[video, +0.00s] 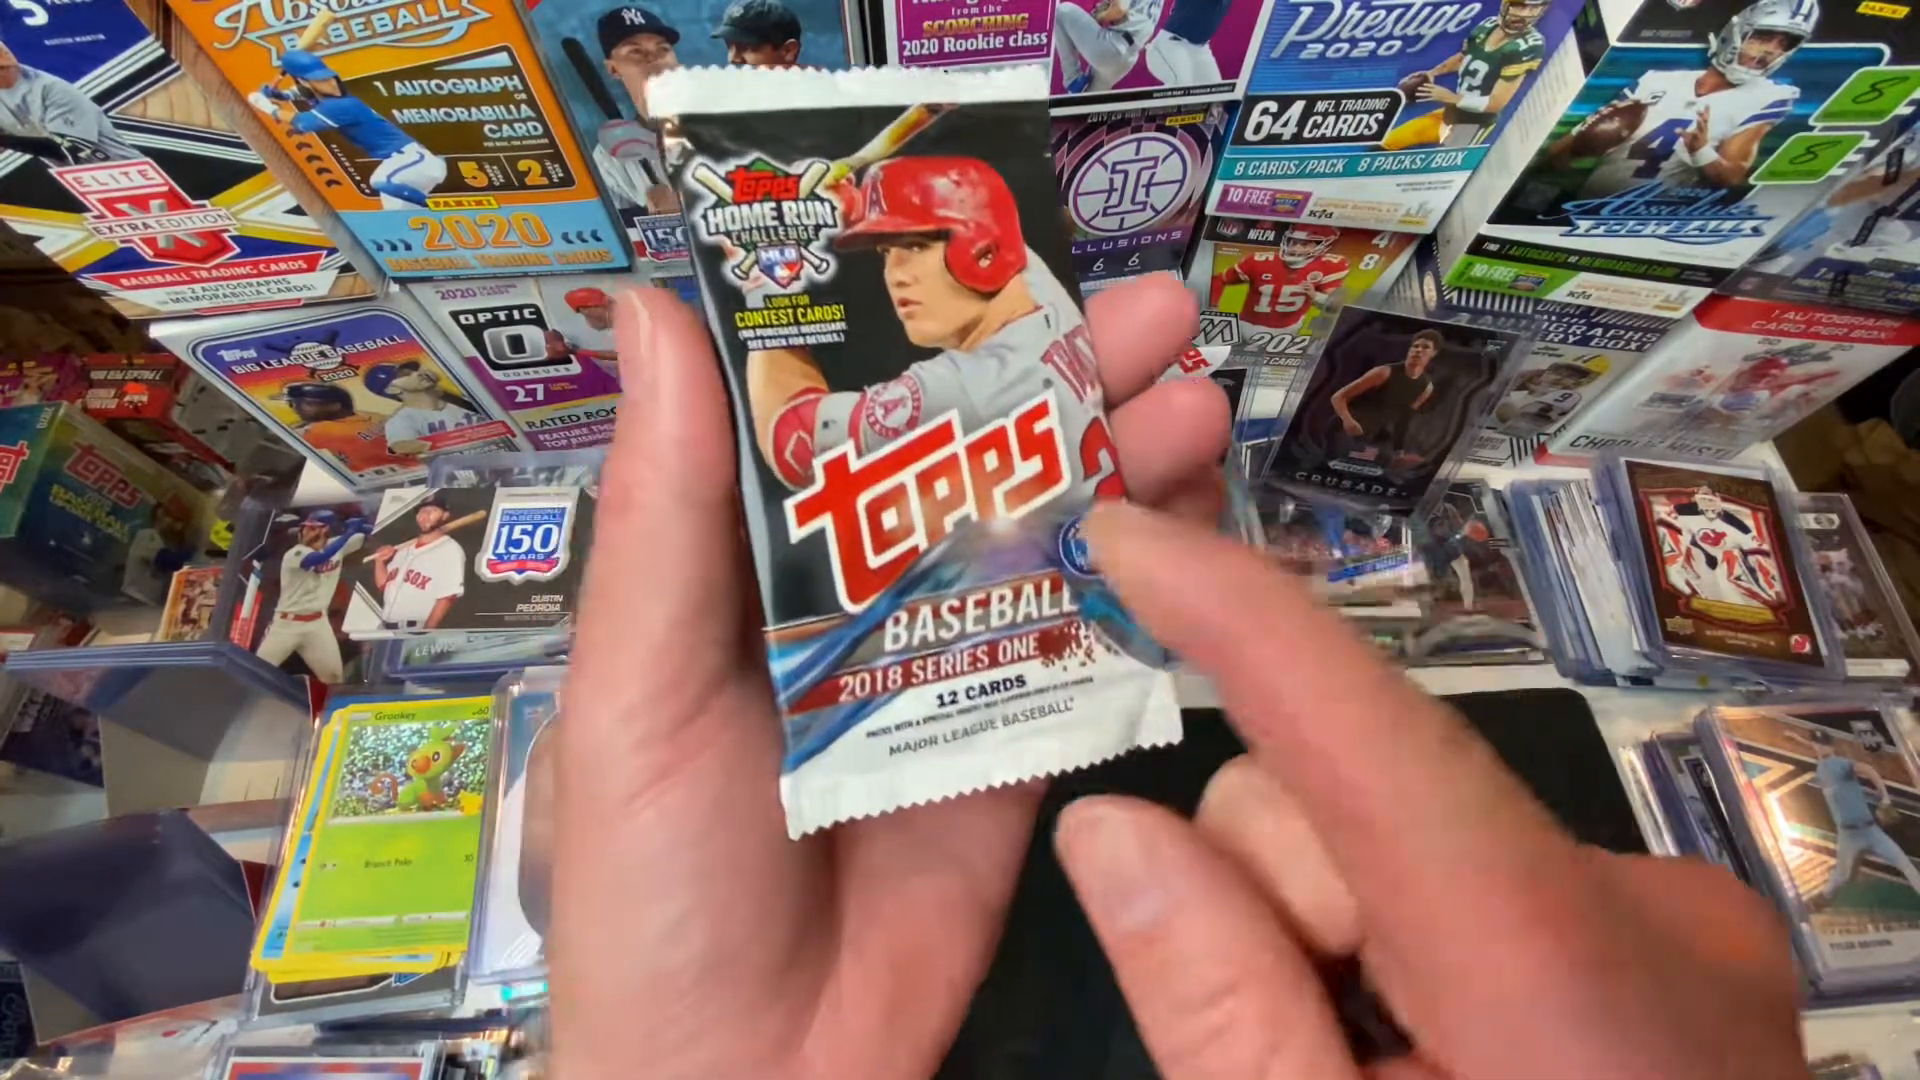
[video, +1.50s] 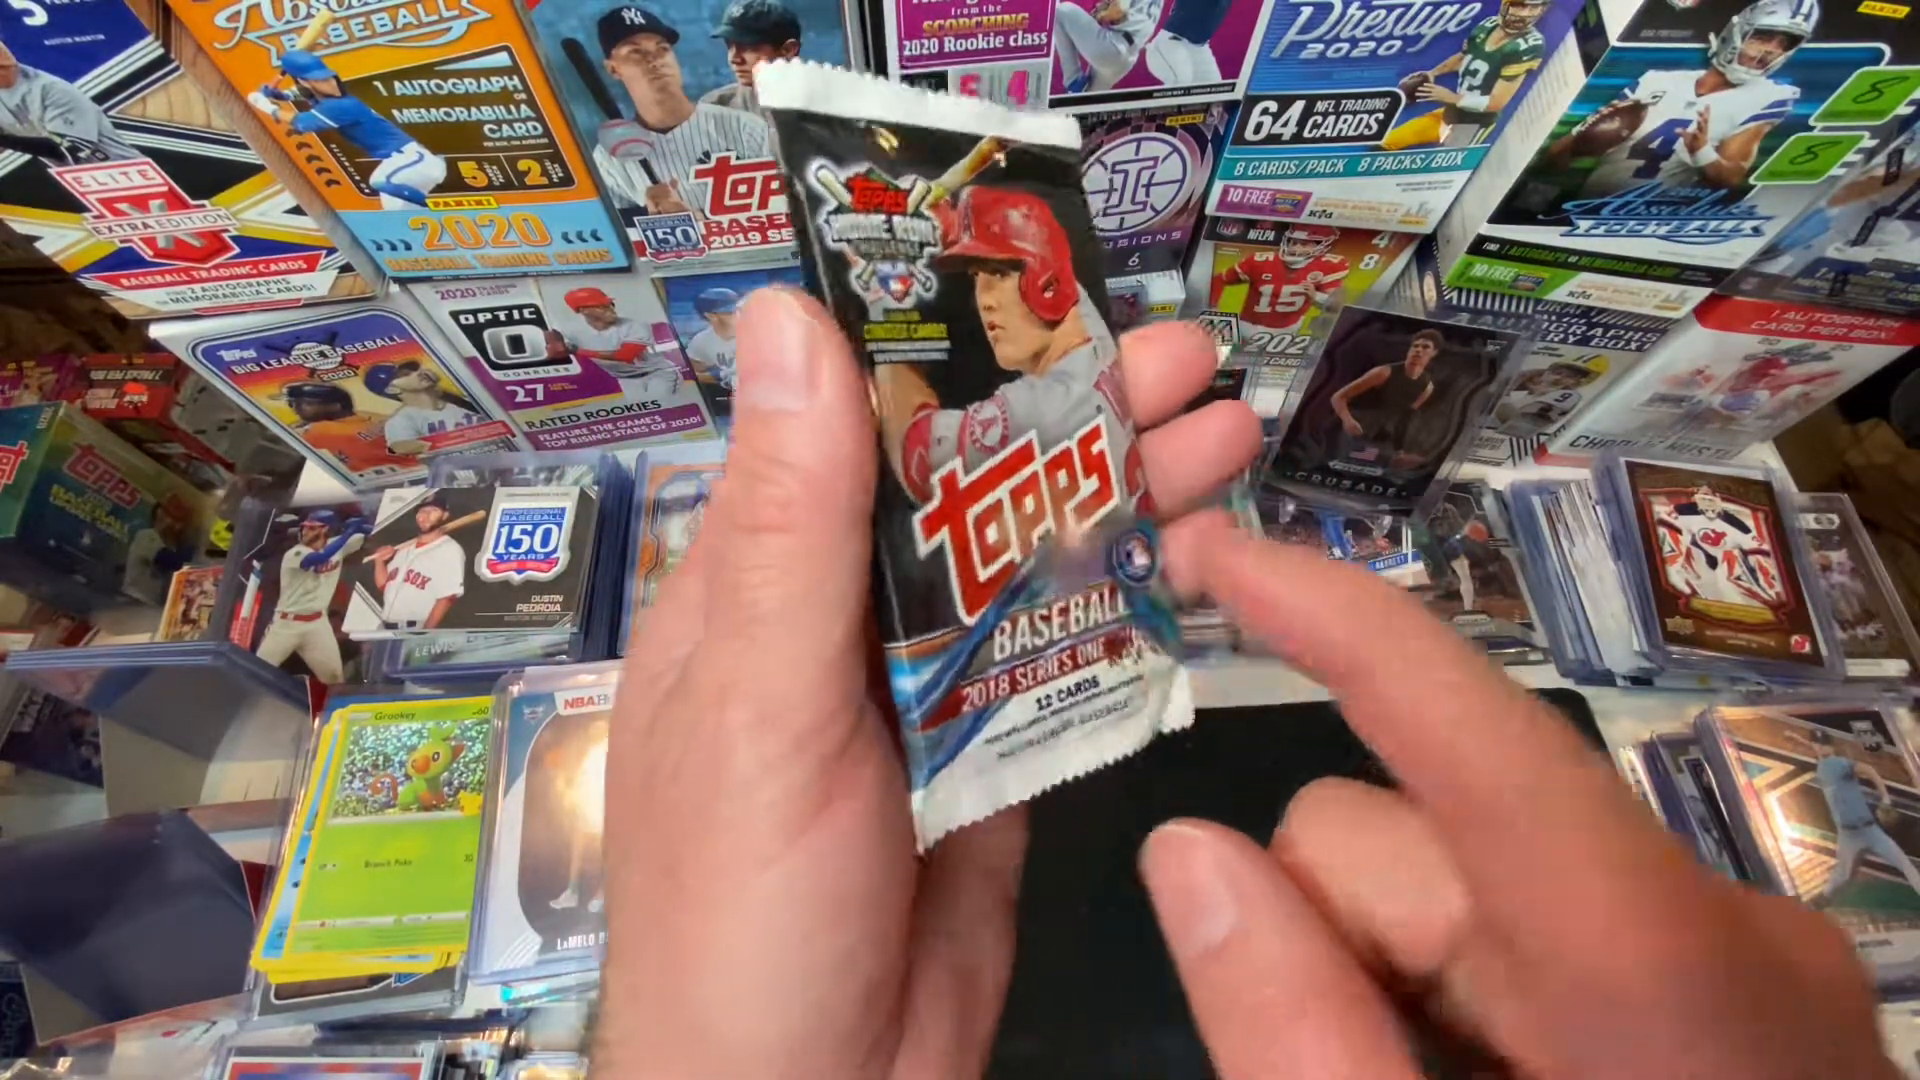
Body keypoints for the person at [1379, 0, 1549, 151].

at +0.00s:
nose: (1521, 14)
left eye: (1531, 7)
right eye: (1516, 5)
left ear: (1542, 11)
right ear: (1503, 5)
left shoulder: (1527, 47)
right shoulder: (1487, 26)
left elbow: (1495, 104)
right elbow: (1463, 58)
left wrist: (1449, 97)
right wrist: (1432, 73)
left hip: (1477, 123)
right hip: (1451, 111)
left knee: (1441, 174)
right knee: (1388, 141)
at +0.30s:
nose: (1519, 14)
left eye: (1530, 7)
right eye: (1515, 5)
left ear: (1542, 10)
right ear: (1503, 5)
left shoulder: (1527, 47)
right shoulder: (1486, 26)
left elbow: (1495, 104)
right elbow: (1463, 58)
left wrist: (1449, 97)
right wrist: (1431, 73)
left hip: (1478, 123)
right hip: (1452, 111)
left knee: (1442, 173)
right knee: (1389, 141)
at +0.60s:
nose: (1520, 13)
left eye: (1530, 7)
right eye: (1515, 4)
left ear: (1541, 11)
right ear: (1503, 5)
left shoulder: (1527, 47)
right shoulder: (1487, 26)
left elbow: (1496, 102)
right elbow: (1463, 58)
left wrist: (1450, 97)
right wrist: (1432, 73)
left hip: (1477, 123)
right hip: (1452, 111)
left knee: (1442, 174)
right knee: (1388, 141)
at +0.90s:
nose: (1520, 13)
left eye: (1530, 7)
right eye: (1515, 5)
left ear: (1541, 11)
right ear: (1503, 5)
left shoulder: (1526, 48)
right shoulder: (1487, 26)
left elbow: (1496, 103)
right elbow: (1463, 58)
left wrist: (1450, 97)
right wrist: (1431, 73)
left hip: (1477, 123)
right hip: (1451, 111)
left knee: (1441, 175)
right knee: (1388, 141)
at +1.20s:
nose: (1520, 14)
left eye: (1530, 8)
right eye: (1516, 5)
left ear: (1542, 11)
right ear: (1504, 5)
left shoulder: (1527, 47)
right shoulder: (1487, 26)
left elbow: (1496, 103)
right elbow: (1463, 58)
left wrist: (1450, 97)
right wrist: (1432, 73)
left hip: (1477, 124)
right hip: (1452, 111)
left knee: (1441, 176)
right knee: (1387, 141)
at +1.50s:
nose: (1520, 14)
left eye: (1530, 7)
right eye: (1516, 5)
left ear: (1542, 11)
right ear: (1504, 5)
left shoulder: (1527, 47)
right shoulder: (1487, 26)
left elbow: (1496, 103)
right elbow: (1463, 58)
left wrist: (1450, 97)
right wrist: (1432, 73)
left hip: (1477, 123)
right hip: (1452, 111)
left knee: (1441, 175)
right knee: (1387, 141)